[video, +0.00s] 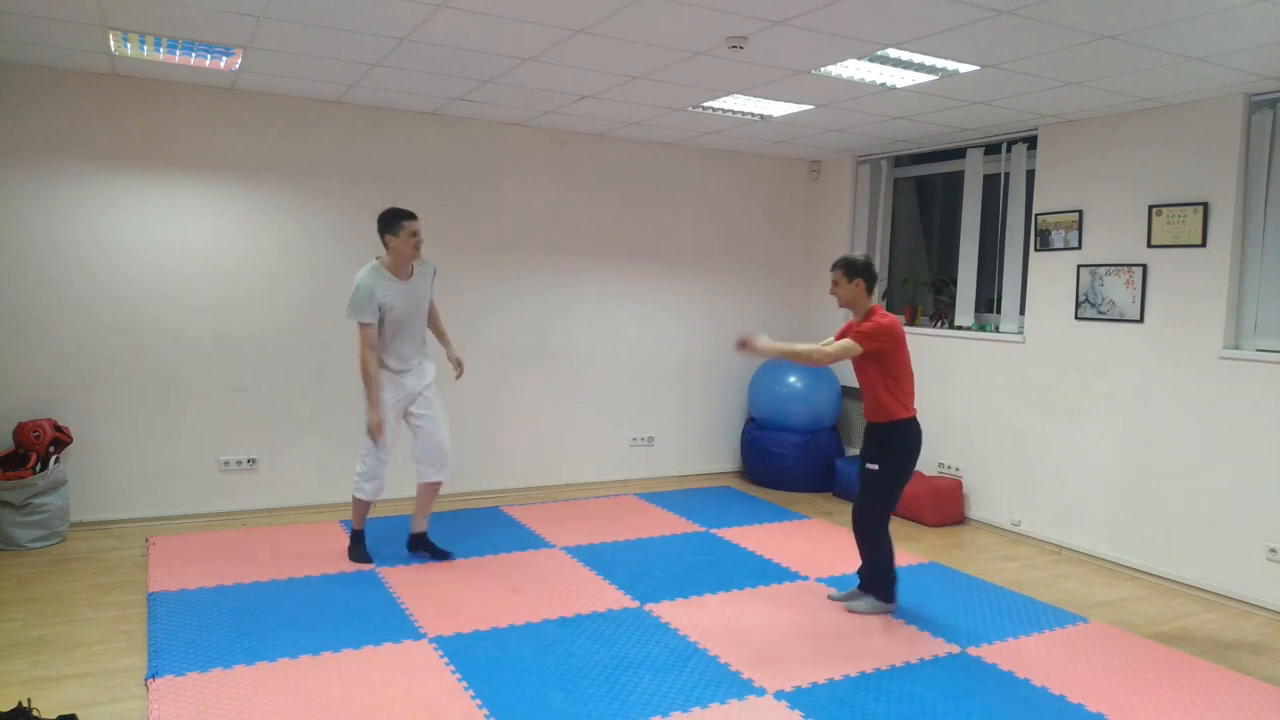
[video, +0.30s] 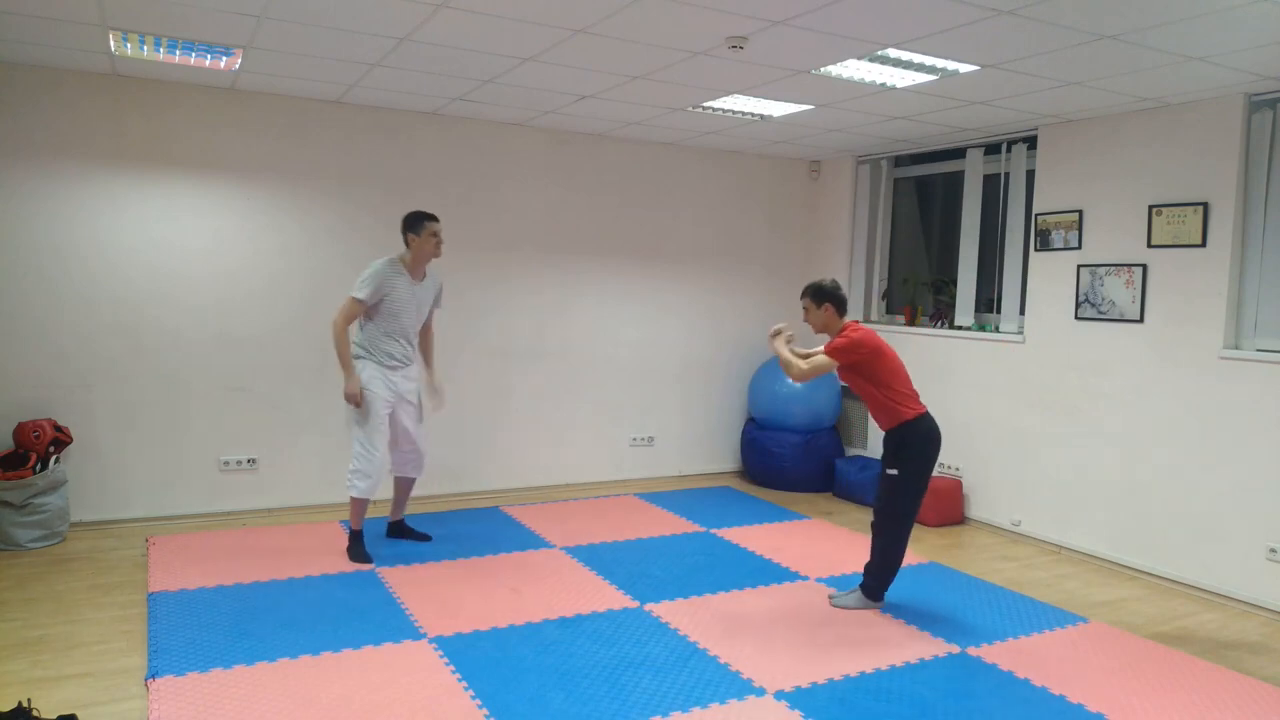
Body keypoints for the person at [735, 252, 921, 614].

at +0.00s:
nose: (832, 291)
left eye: (836, 284)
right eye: (832, 284)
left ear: (859, 285)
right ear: (857, 287)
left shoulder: (883, 325)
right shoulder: (857, 325)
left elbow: (826, 357)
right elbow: (818, 350)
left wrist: (771, 348)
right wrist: (768, 347)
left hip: (897, 434)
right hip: (879, 431)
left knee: (871, 516)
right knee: (864, 514)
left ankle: (883, 596)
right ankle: (870, 586)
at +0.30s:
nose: (805, 318)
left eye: (808, 310)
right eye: (804, 311)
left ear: (828, 309)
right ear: (830, 310)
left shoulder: (853, 339)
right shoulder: (847, 337)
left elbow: (800, 373)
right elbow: (807, 358)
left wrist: (779, 347)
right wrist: (785, 346)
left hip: (914, 437)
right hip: (902, 436)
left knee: (892, 519)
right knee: (884, 516)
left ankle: (873, 593)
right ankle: (870, 587)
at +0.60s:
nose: (805, 317)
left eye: (808, 310)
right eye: (804, 311)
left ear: (828, 309)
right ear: (830, 310)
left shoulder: (852, 340)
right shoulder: (847, 337)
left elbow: (798, 374)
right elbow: (810, 358)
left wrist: (780, 349)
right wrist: (787, 347)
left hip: (914, 437)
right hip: (904, 435)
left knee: (892, 520)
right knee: (884, 518)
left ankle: (872, 594)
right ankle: (870, 588)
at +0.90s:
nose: (821, 294)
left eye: (825, 286)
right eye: (822, 286)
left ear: (846, 289)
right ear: (848, 290)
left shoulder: (863, 325)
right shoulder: (859, 322)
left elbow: (809, 357)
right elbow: (823, 348)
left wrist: (795, 328)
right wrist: (805, 332)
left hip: (900, 433)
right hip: (893, 431)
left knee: (884, 515)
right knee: (878, 513)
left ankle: (871, 593)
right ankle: (870, 587)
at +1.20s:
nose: (845, 280)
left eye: (851, 274)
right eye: (846, 273)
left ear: (872, 279)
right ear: (868, 280)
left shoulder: (883, 323)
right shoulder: (866, 320)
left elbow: (879, 378)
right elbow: (864, 374)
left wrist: (842, 370)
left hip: (876, 429)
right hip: (860, 427)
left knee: (869, 513)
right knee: (847, 510)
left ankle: (872, 592)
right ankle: (869, 578)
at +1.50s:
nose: (858, 287)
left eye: (866, 280)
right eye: (853, 280)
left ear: (884, 280)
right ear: (848, 281)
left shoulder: (898, 322)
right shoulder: (855, 323)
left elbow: (933, 371)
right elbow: (859, 368)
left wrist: (880, 384)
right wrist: (844, 381)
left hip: (886, 429)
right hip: (859, 427)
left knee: (866, 517)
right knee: (856, 514)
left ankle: (872, 592)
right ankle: (869, 584)